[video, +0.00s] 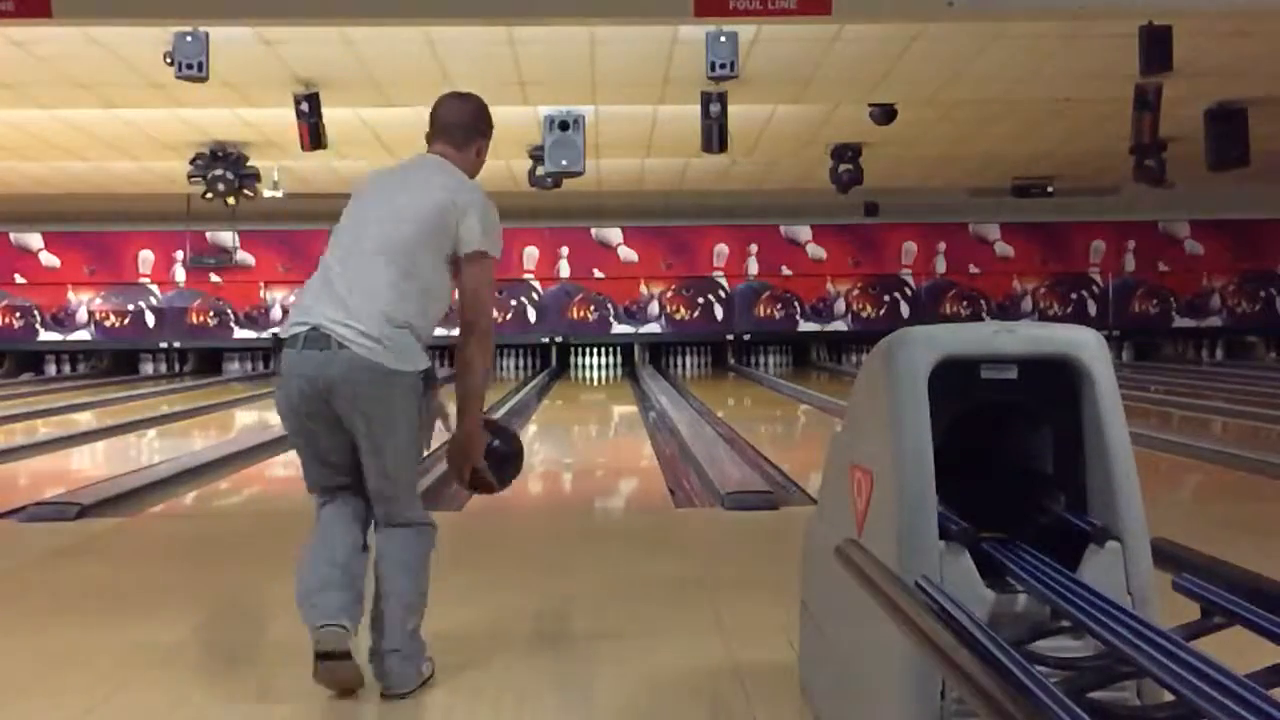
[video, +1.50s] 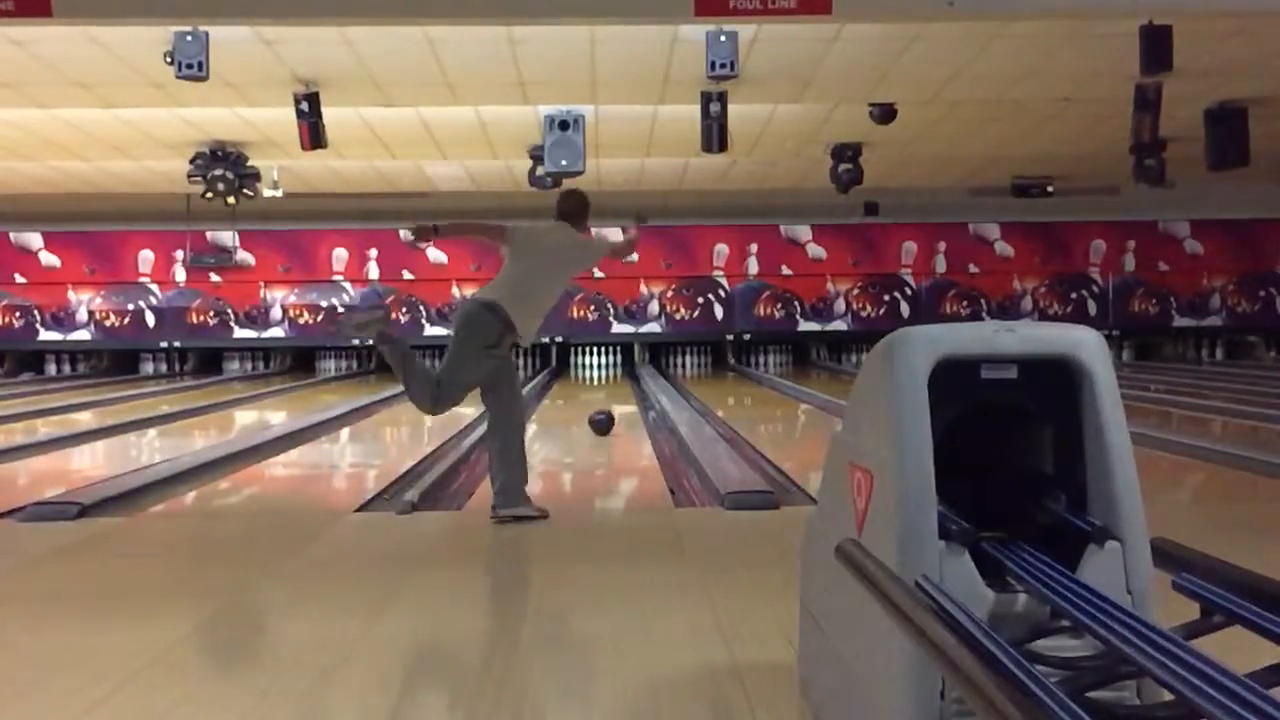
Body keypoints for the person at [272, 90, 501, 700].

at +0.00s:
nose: (486, 157)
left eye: (486, 148)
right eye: (488, 147)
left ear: (428, 135)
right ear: (481, 144)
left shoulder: (374, 184)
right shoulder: (468, 198)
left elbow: (367, 289)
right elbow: (477, 325)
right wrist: (468, 429)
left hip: (302, 359)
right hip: (377, 368)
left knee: (339, 497)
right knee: (401, 517)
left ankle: (330, 626)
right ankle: (398, 665)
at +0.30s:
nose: (516, 195)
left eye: (514, 188)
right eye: (518, 187)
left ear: (474, 165)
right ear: (513, 181)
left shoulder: (436, 193)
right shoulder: (490, 191)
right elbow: (458, 203)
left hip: (345, 323)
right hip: (407, 328)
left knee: (367, 466)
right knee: (419, 462)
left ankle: (369, 611)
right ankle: (399, 565)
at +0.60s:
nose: (544, 278)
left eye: (548, 271)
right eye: (548, 268)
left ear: (524, 247)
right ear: (543, 259)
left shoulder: (479, 271)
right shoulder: (513, 261)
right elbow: (494, 222)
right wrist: (467, 183)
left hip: (389, 366)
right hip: (440, 369)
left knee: (421, 451)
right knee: (460, 479)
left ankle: (405, 520)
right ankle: (426, 574)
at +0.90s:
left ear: (518, 285)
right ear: (551, 289)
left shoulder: (494, 301)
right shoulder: (559, 317)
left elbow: (431, 319)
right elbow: (550, 355)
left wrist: (379, 339)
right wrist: (544, 409)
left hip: (443, 380)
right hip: (486, 393)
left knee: (487, 436)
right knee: (445, 469)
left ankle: (510, 506)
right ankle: (394, 508)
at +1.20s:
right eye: (577, 263)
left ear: (544, 260)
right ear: (574, 263)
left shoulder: (523, 271)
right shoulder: (576, 281)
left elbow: (494, 265)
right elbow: (593, 268)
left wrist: (466, 257)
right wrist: (586, 232)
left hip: (470, 345)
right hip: (481, 345)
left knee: (513, 419)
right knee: (425, 417)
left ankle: (515, 505)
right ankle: (353, 374)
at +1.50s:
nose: (587, 228)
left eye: (584, 221)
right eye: (588, 222)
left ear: (557, 213)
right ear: (585, 220)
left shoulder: (529, 231)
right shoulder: (585, 246)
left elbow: (482, 229)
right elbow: (623, 247)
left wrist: (435, 230)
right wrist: (633, 234)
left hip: (485, 331)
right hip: (489, 326)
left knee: (508, 418)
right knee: (434, 398)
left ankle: (510, 503)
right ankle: (384, 335)